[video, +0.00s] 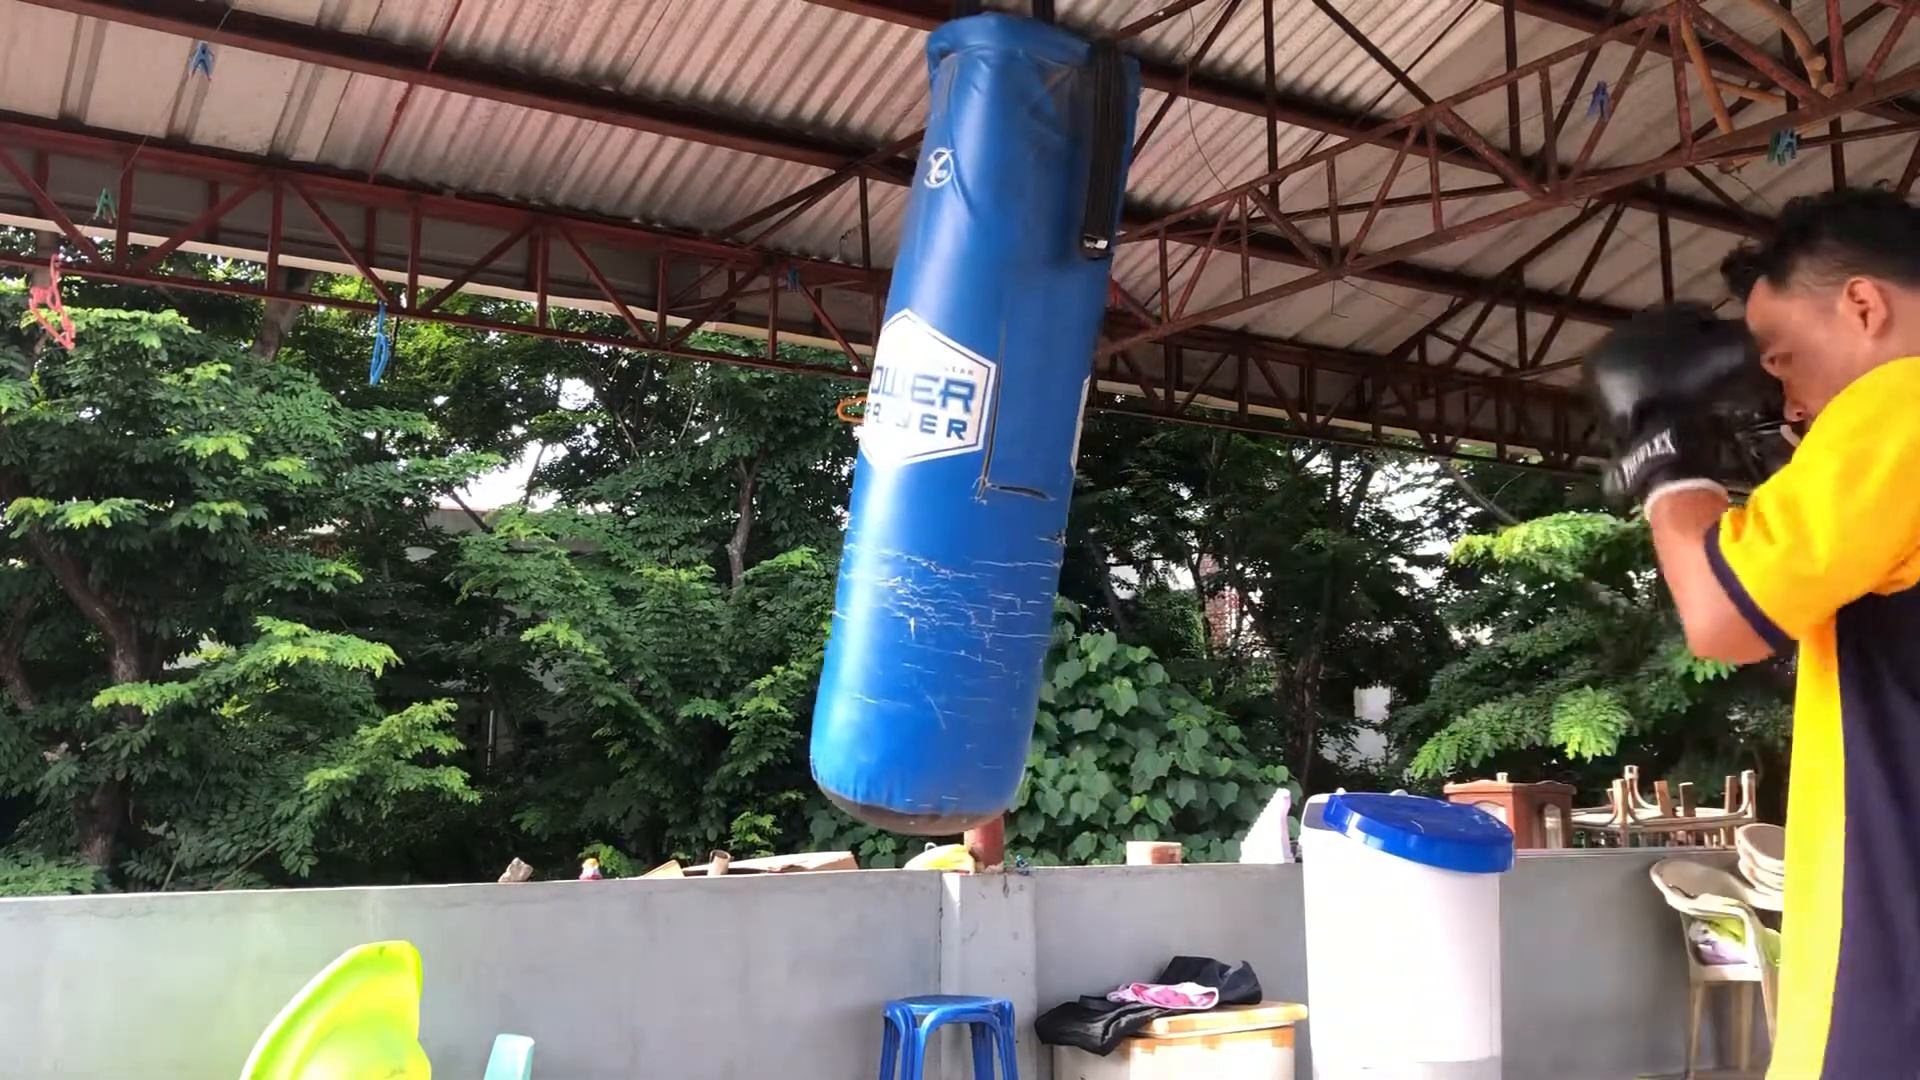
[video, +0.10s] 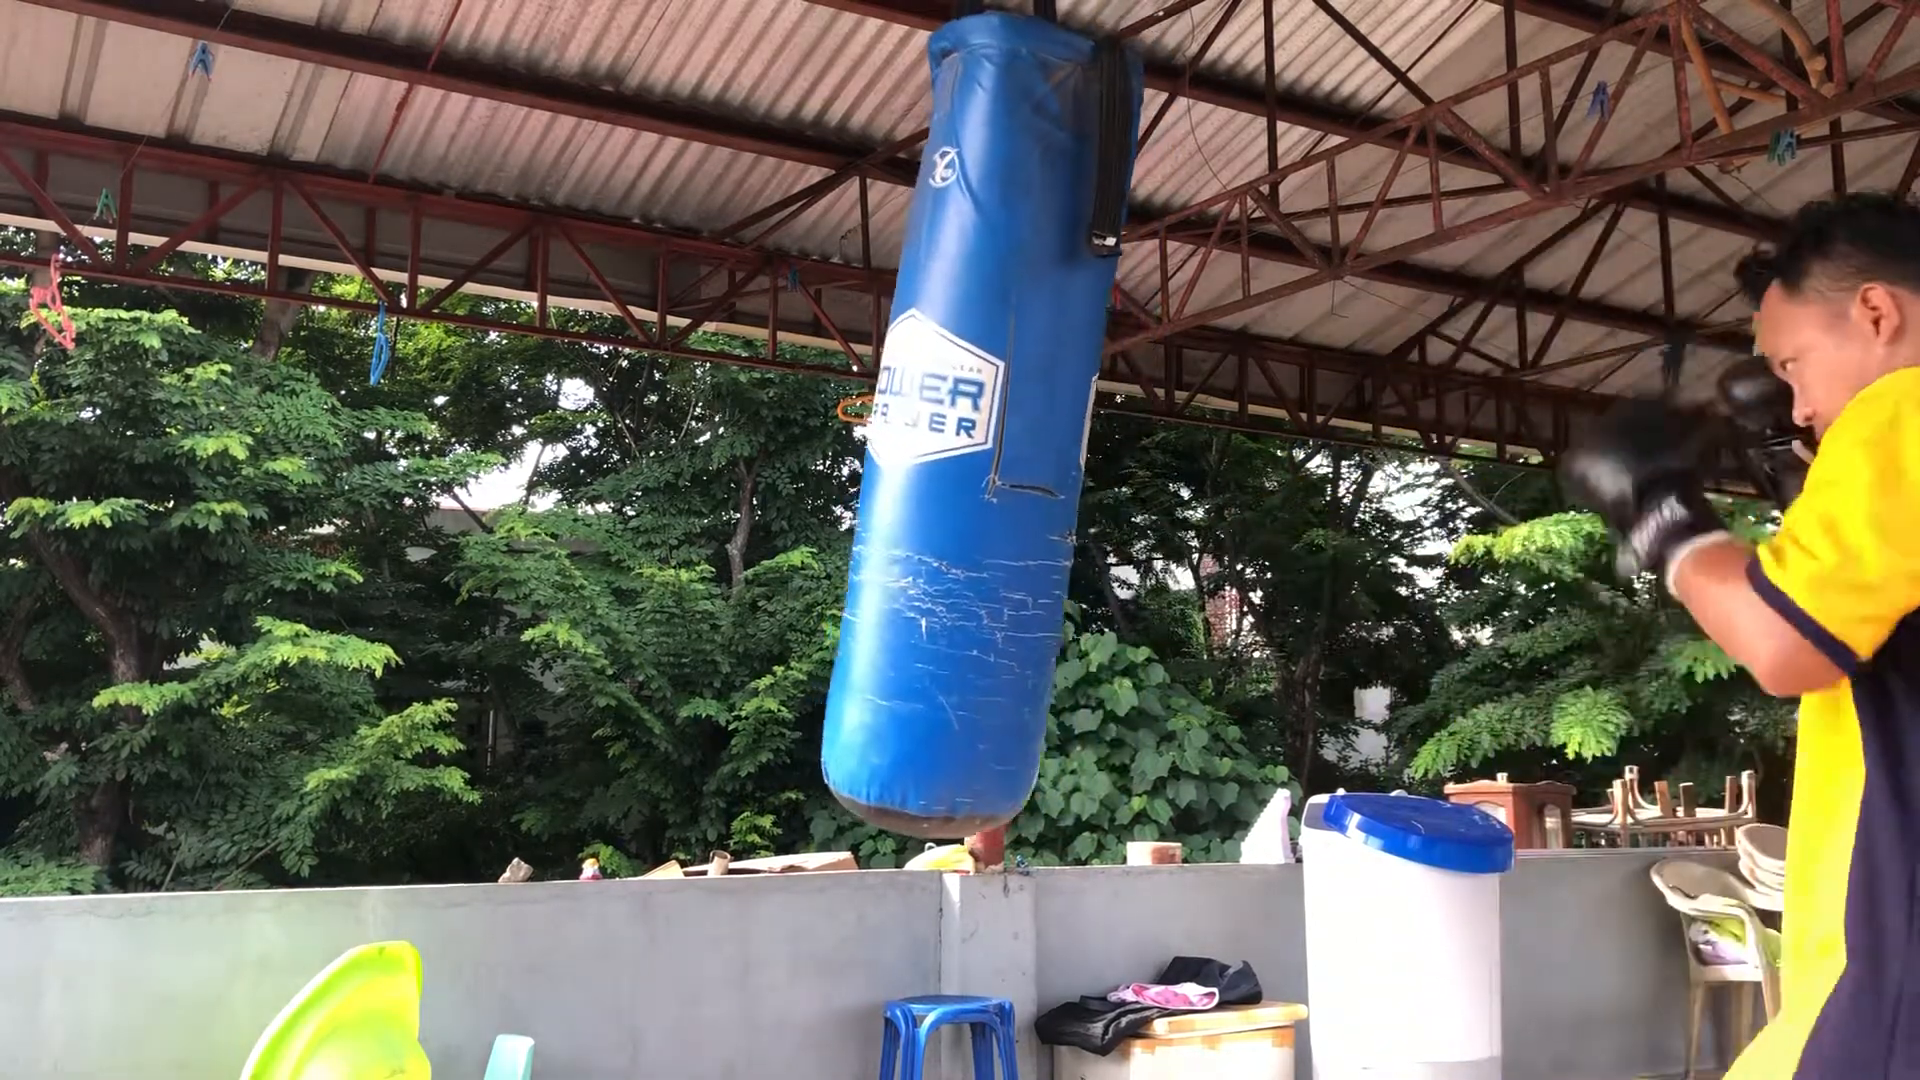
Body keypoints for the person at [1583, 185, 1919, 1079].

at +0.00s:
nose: (1789, 401)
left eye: (1784, 358)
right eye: (1775, 371)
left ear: (1862, 307)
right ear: (1869, 309)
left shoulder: (1900, 406)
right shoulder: (1889, 415)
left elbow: (1720, 611)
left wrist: (1661, 451)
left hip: (1880, 1014)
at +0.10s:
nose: (1796, 407)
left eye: (1795, 367)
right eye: (1783, 382)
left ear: (1879, 316)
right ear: (1883, 319)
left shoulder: (1900, 416)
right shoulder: (1893, 425)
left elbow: (1785, 644)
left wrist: (1663, 511)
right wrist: (1810, 474)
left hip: (1875, 1013)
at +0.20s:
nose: (1788, 424)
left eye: (1790, 383)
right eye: (1776, 399)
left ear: (1877, 332)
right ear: (1883, 335)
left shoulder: (1875, 432)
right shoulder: (1889, 433)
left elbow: (1876, 671)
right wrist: (1817, 479)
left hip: (1861, 1019)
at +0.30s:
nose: (1762, 420)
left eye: (1764, 390)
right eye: (1755, 397)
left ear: (1835, 335)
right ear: (1848, 335)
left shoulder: (1816, 438)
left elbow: (1770, 625)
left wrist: (1580, 707)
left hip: (1846, 1025)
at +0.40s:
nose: (1686, 410)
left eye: (1688, 382)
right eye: (1681, 389)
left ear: (1752, 337)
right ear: (1858, 341)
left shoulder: (1718, 443)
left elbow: (1523, 602)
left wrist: (1360, 636)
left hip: (1820, 1016)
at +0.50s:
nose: (1589, 412)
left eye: (1587, 388)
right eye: (1580, 393)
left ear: (1650, 347)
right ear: (1766, 346)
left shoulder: (1600, 462)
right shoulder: (1901, 451)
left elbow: (1361, 601)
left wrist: (1215, 615)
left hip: (1766, 1021)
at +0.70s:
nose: (1537, 417)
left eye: (1528, 395)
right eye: (1522, 401)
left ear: (1581, 344)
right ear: (1688, 323)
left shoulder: (1589, 442)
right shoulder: (1861, 445)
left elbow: (1408, 644)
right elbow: (1801, 735)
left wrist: (1285, 541)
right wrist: (1561, 796)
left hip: (1701, 1017)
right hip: (1892, 1011)